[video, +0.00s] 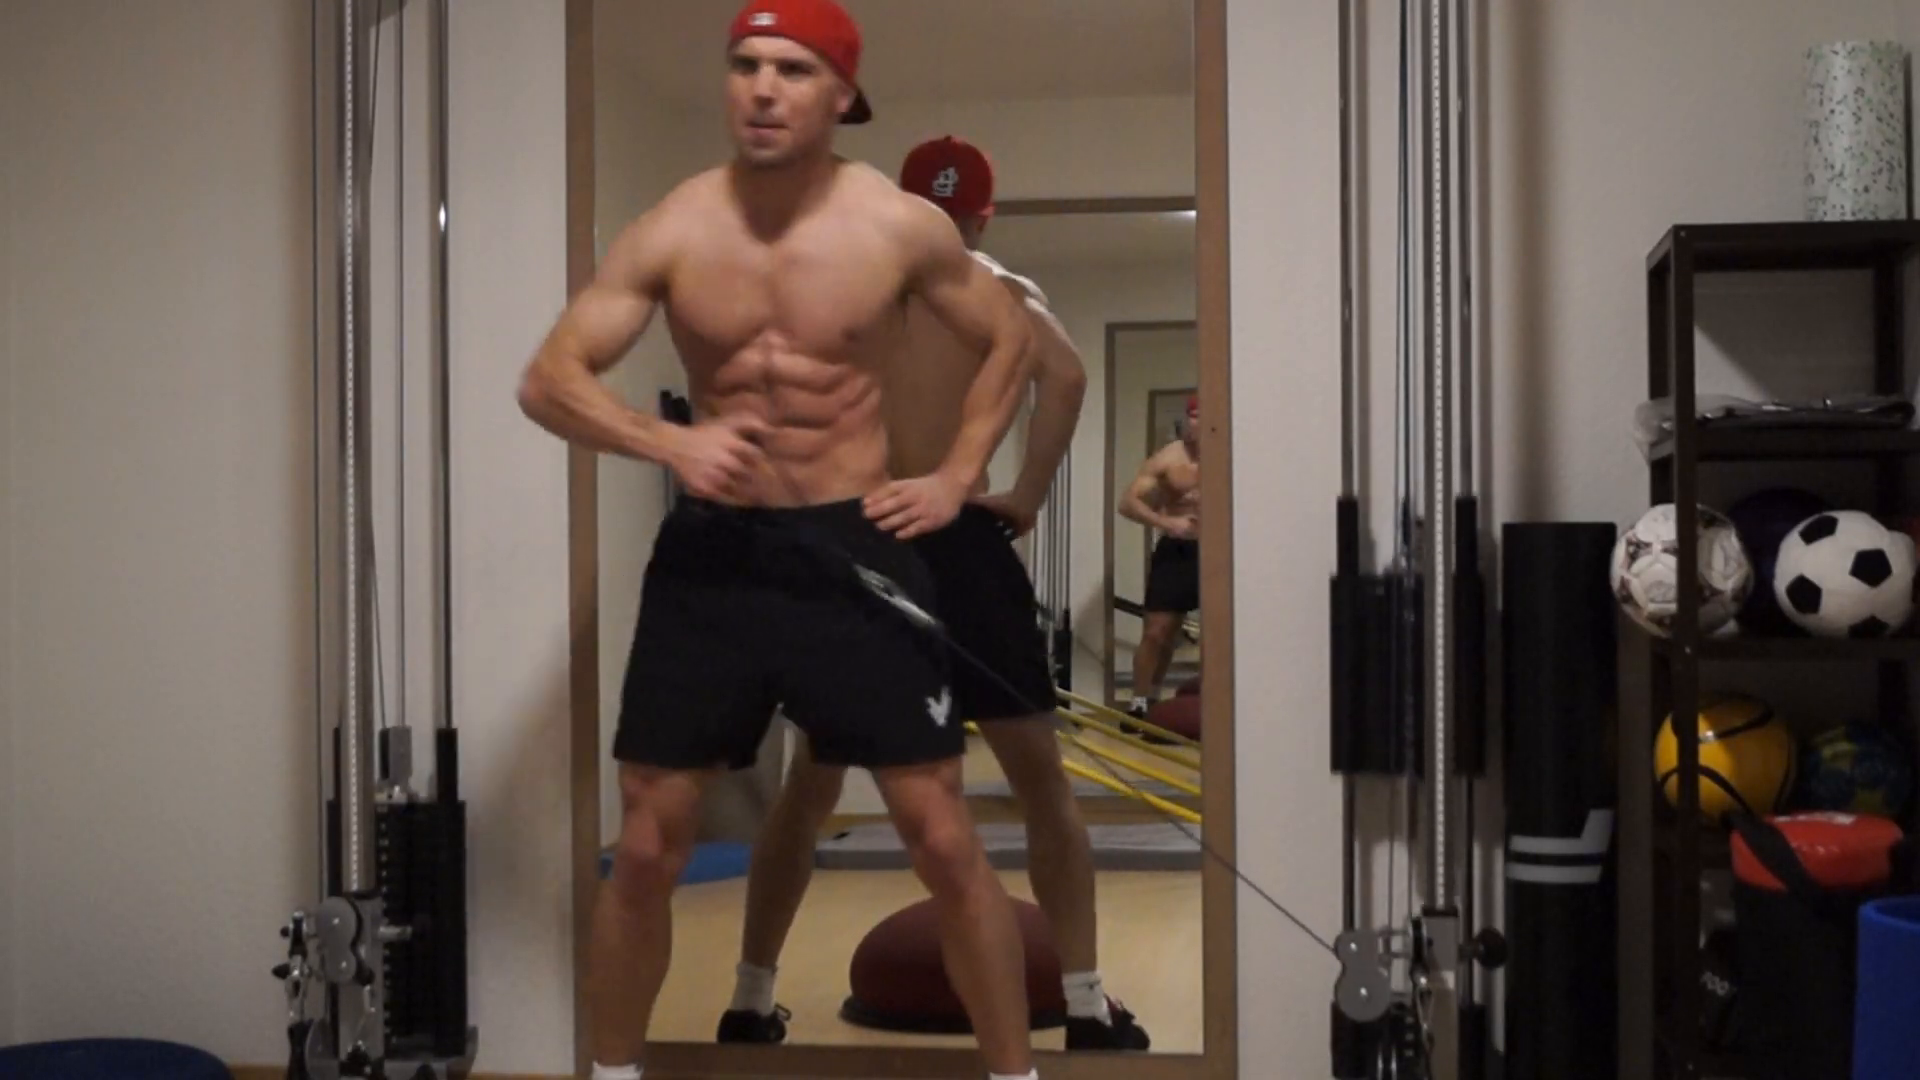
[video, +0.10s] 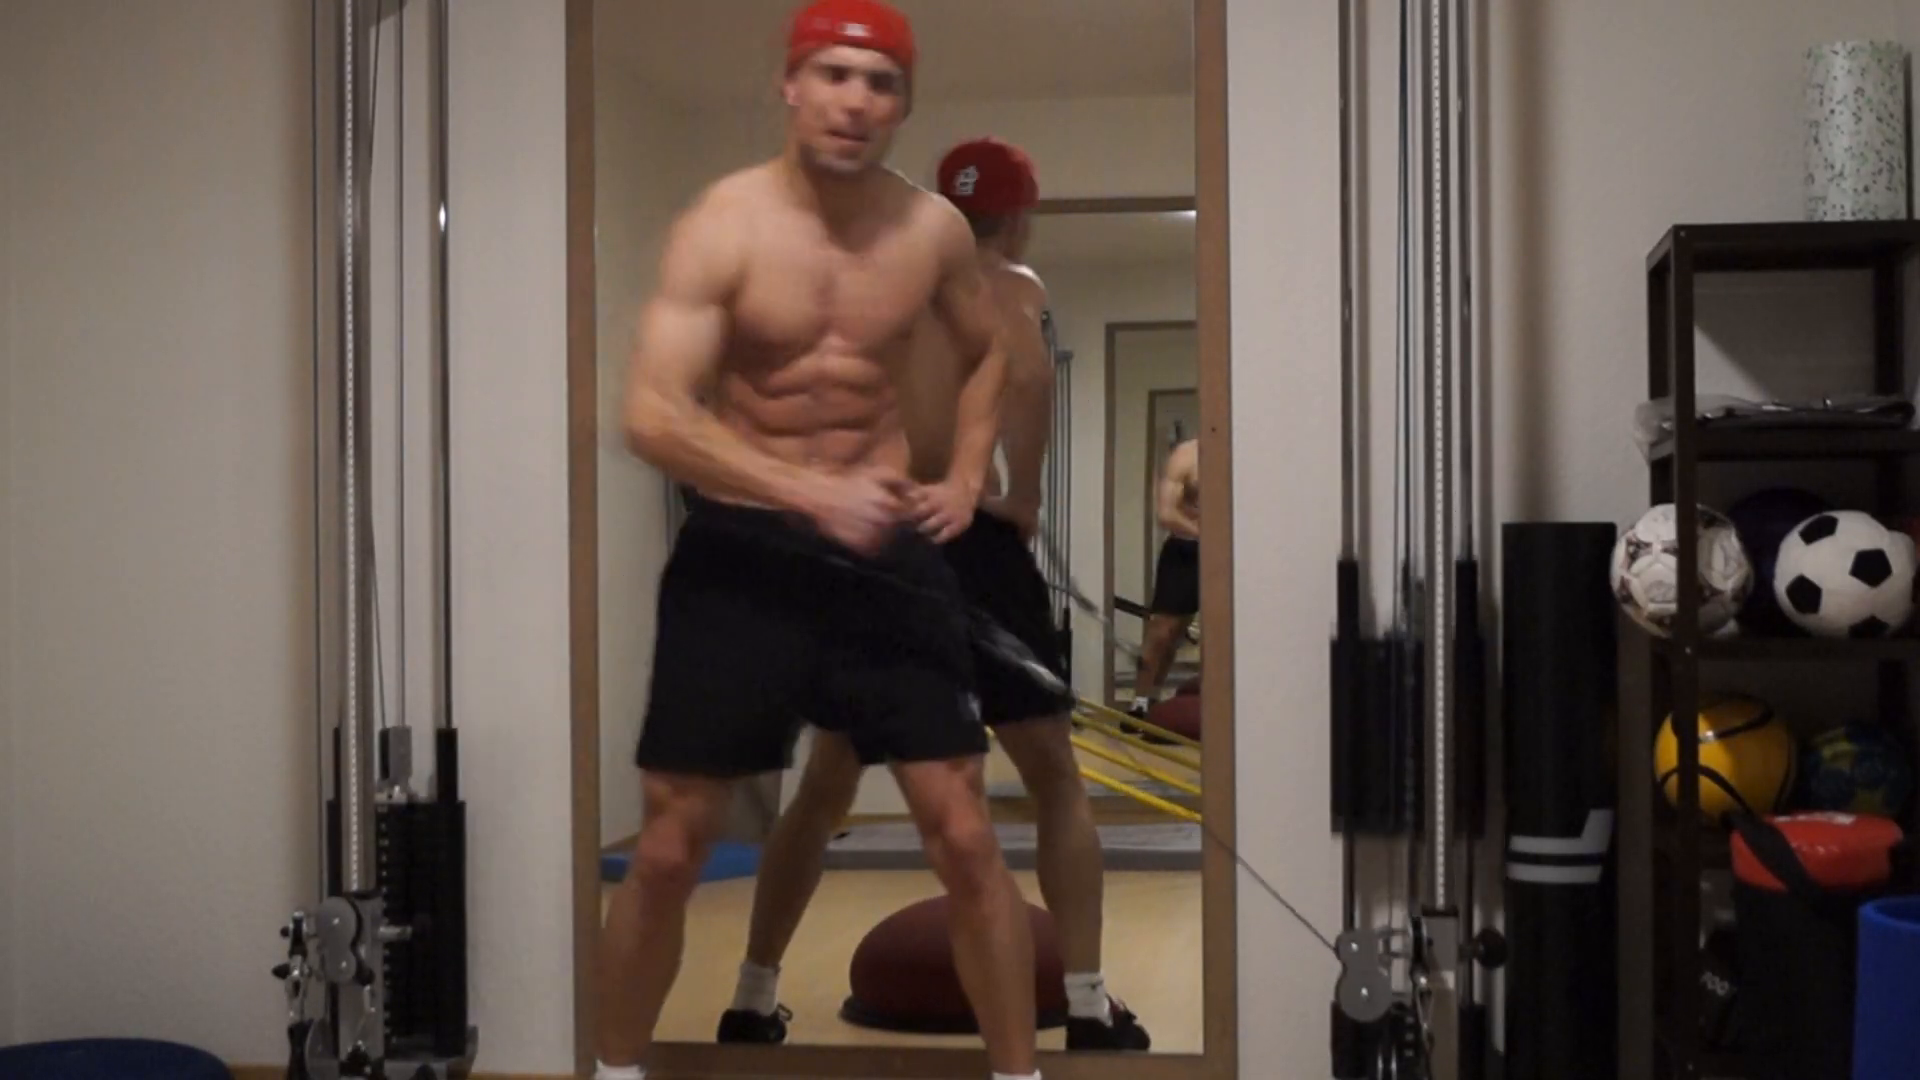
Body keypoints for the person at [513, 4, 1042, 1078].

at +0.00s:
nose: (761, 90)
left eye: (791, 71)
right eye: (746, 67)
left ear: (842, 97)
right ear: (724, 86)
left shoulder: (900, 225)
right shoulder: (672, 228)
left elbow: (1015, 337)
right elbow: (549, 380)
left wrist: (958, 474)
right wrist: (669, 439)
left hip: (858, 559)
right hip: (709, 560)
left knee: (943, 843)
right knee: (643, 849)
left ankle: (1013, 1072)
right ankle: (612, 1073)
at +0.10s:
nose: (854, 103)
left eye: (879, 85)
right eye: (833, 77)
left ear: (902, 109)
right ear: (789, 89)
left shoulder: (932, 230)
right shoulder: (722, 224)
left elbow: (987, 351)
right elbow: (653, 413)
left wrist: (964, 477)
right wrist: (812, 488)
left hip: (886, 549)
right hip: (737, 552)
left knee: (966, 837)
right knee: (667, 848)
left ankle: (1018, 1071)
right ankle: (613, 1073)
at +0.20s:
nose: (922, 123)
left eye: (938, 104)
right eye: (899, 96)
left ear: (946, 116)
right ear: (832, 95)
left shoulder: (940, 233)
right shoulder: (759, 223)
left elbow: (964, 365)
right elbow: (746, 441)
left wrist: (956, 476)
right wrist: (910, 521)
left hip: (892, 558)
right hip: (753, 562)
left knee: (973, 836)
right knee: (678, 852)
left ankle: (1020, 1070)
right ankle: (616, 1071)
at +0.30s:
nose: (984, 158)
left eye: (992, 133)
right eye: (966, 128)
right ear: (887, 116)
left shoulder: (919, 258)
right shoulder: (809, 235)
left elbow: (918, 442)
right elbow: (871, 451)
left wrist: (1008, 561)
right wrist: (1008, 565)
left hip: (889, 564)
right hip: (761, 566)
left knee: (975, 832)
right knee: (684, 860)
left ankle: (1021, 1073)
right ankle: (617, 1071)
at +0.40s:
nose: (998, 176)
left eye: (1006, 151)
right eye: (983, 146)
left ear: (930, 139)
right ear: (903, 130)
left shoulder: (921, 246)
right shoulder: (835, 248)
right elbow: (935, 465)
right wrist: (1047, 596)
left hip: (881, 565)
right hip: (760, 568)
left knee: (972, 835)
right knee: (683, 865)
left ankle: (1019, 1072)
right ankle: (616, 1070)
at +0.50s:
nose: (988, 198)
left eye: (995, 176)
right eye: (976, 173)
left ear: (910, 158)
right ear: (900, 154)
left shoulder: (886, 249)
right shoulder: (846, 276)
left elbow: (845, 407)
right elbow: (960, 490)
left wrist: (893, 500)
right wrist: (1068, 630)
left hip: (866, 570)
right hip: (746, 576)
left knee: (968, 833)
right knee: (683, 880)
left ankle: (1015, 1072)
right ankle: (612, 1071)